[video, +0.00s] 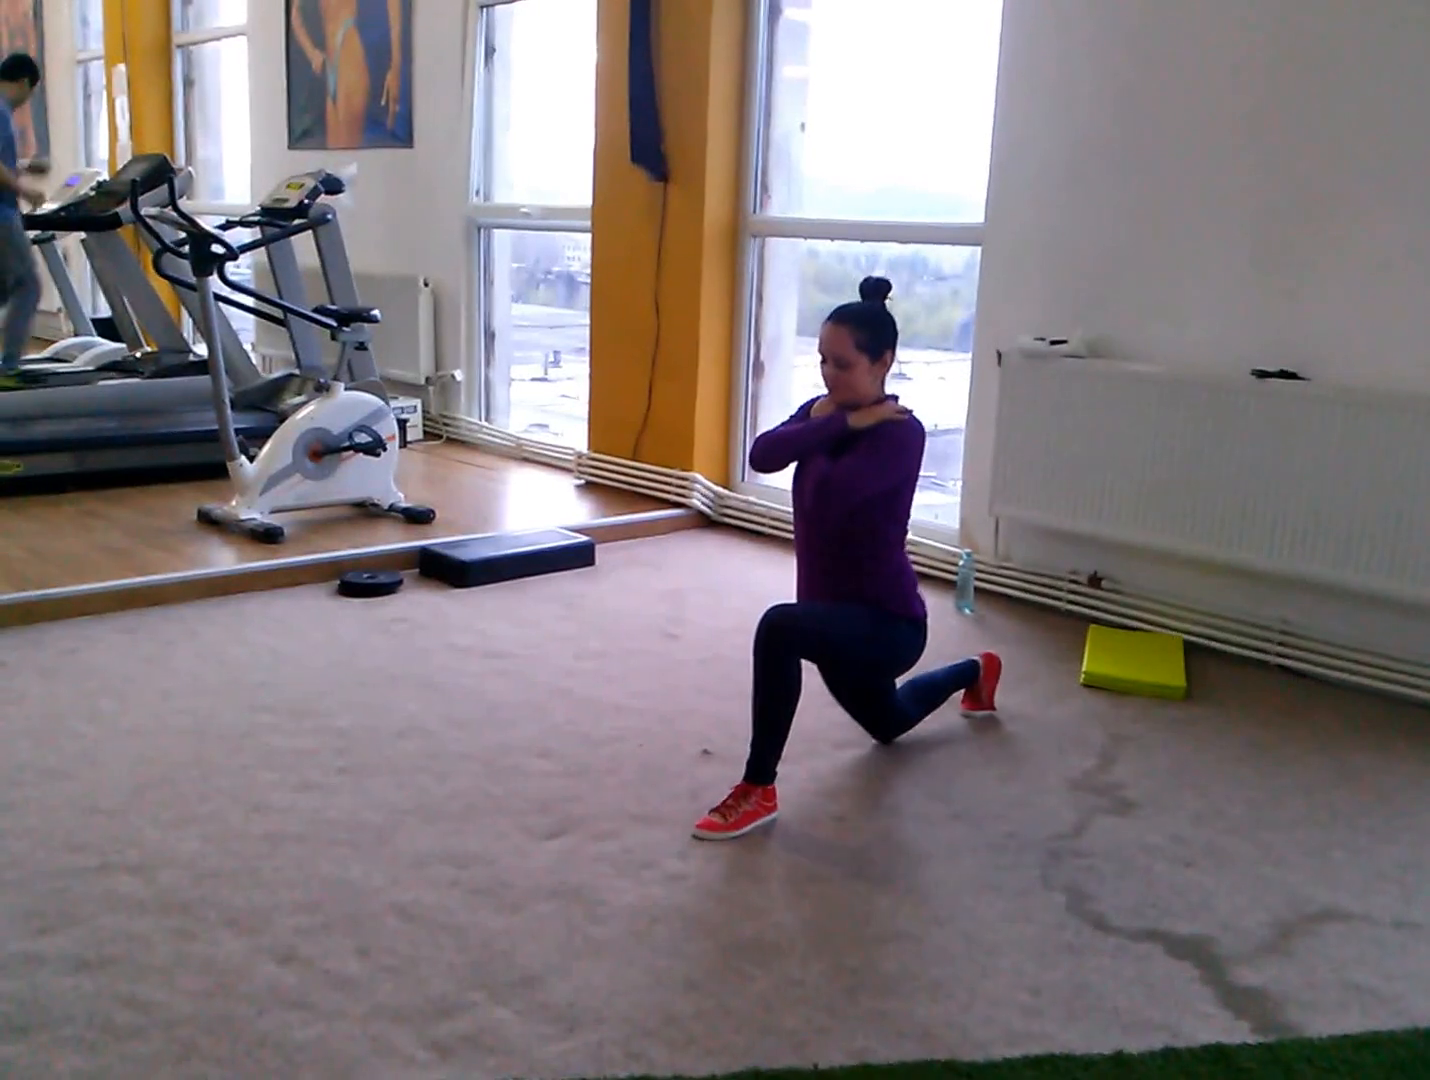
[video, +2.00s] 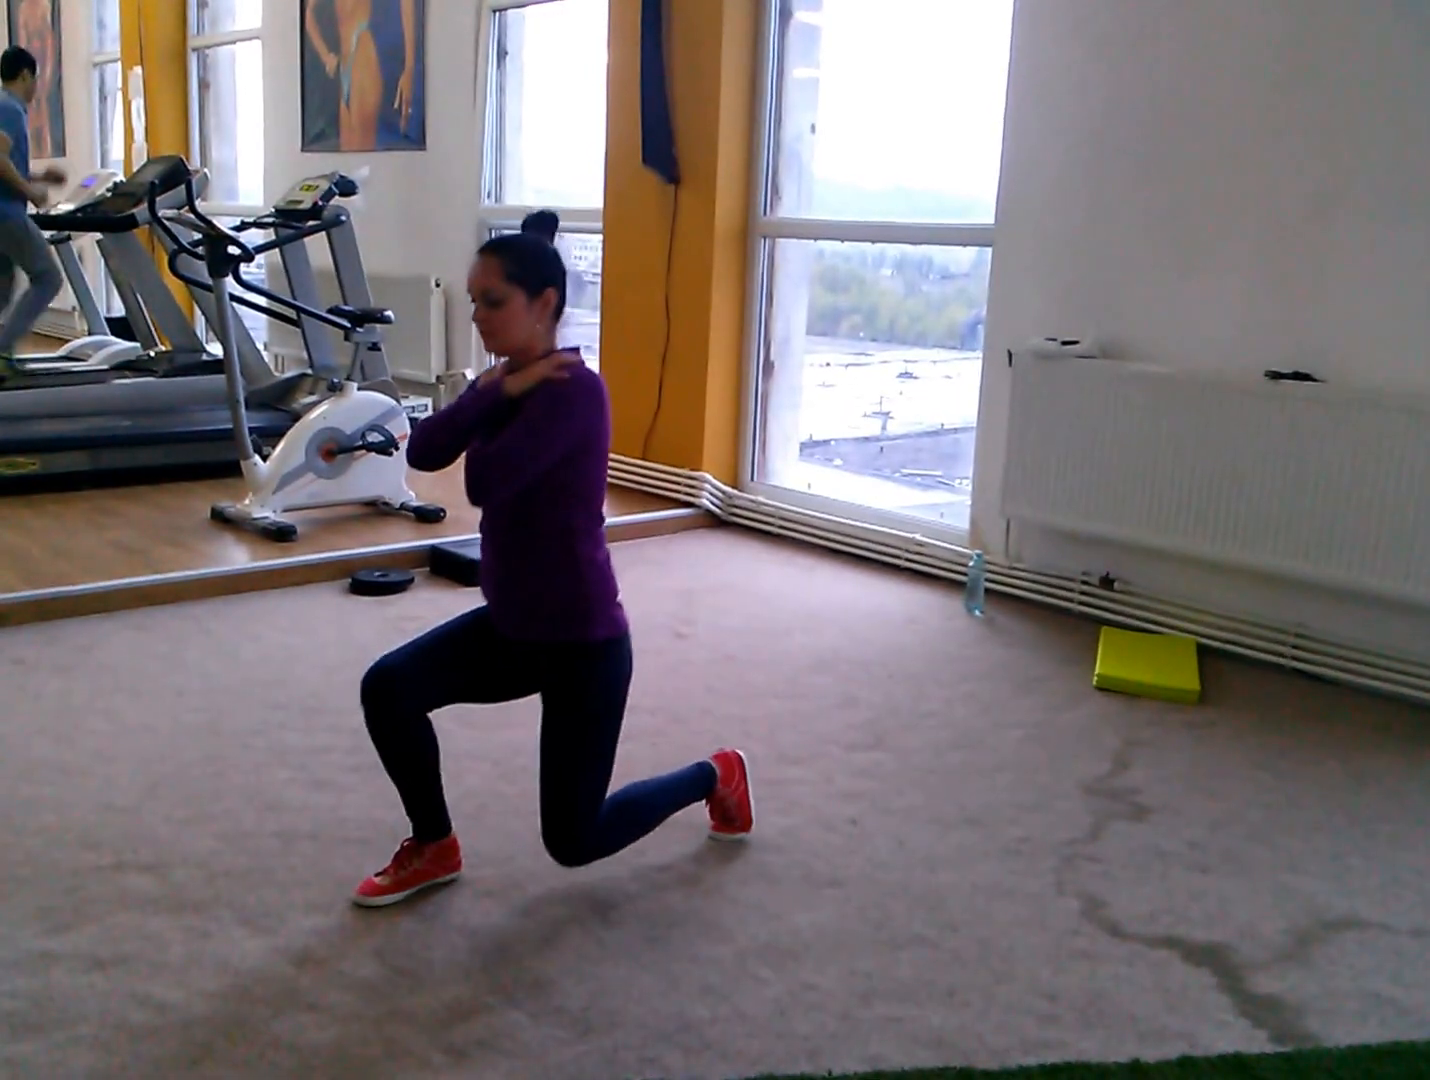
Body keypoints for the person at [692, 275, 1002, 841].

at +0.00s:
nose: (828, 374)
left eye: (840, 364)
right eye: (824, 361)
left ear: (882, 364)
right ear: (821, 358)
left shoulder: (902, 433)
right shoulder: (819, 412)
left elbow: (837, 498)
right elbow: (760, 457)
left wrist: (820, 431)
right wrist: (842, 420)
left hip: (889, 624)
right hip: (828, 619)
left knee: (779, 626)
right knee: (887, 721)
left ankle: (758, 787)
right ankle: (976, 670)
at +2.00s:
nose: (478, 317)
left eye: (491, 301)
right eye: (475, 303)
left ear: (546, 304)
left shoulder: (576, 394)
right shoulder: (498, 386)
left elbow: (483, 486)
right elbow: (420, 453)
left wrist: (497, 401)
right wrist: (501, 386)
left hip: (584, 642)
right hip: (512, 628)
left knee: (572, 840)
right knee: (388, 689)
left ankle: (715, 777)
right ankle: (433, 844)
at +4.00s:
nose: (859, 345)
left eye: (873, 336)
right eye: (856, 331)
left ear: (917, 339)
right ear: (851, 325)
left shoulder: (929, 409)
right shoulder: (848, 379)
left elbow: (851, 467)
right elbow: (783, 420)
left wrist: (833, 408)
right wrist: (873, 393)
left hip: (886, 598)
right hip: (826, 588)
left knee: (769, 626)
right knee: (868, 714)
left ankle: (772, 785)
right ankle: (970, 678)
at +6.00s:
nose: (932, 318)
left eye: (949, 311)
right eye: (931, 305)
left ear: (989, 327)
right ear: (926, 306)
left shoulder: (980, 399)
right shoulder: (908, 365)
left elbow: (898, 457)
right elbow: (836, 398)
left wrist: (894, 383)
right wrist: (930, 377)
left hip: (938, 589)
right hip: (885, 577)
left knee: (819, 623)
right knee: (945, 677)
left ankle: (818, 789)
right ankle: (1040, 666)